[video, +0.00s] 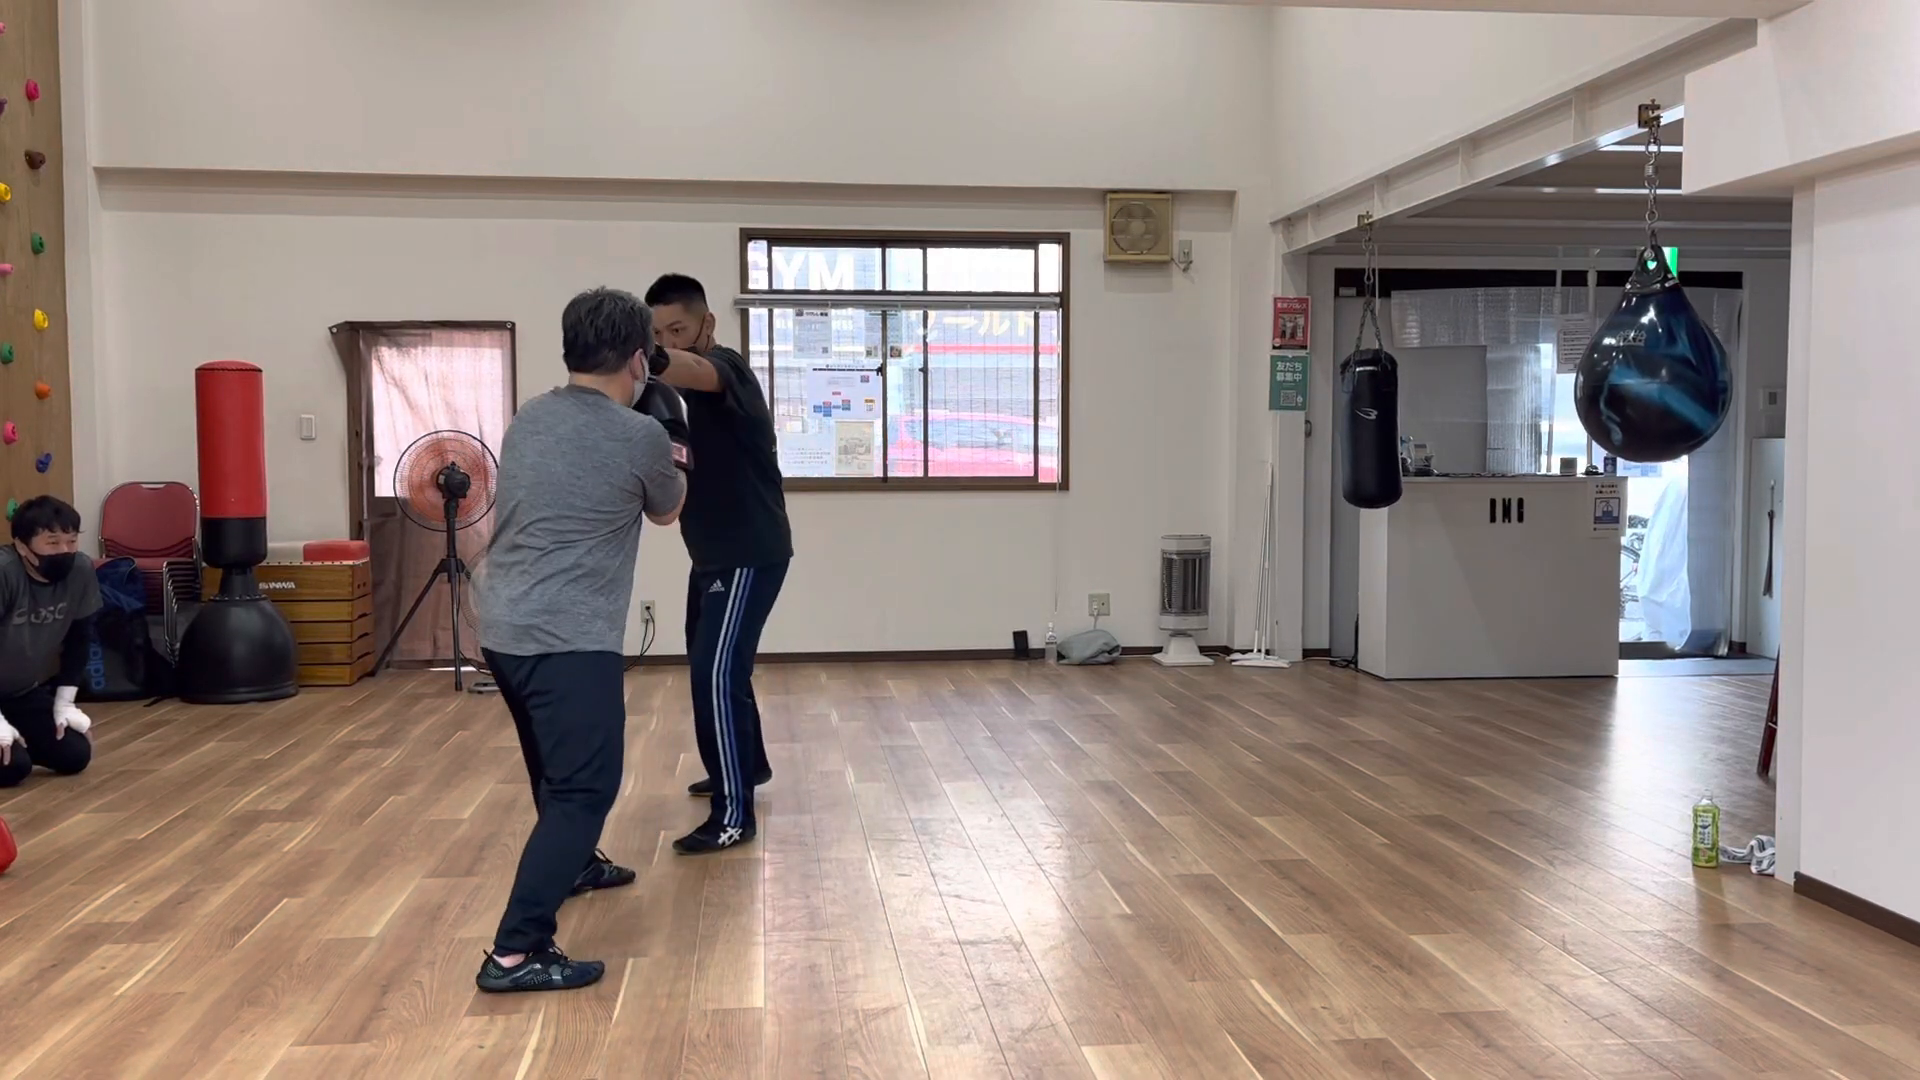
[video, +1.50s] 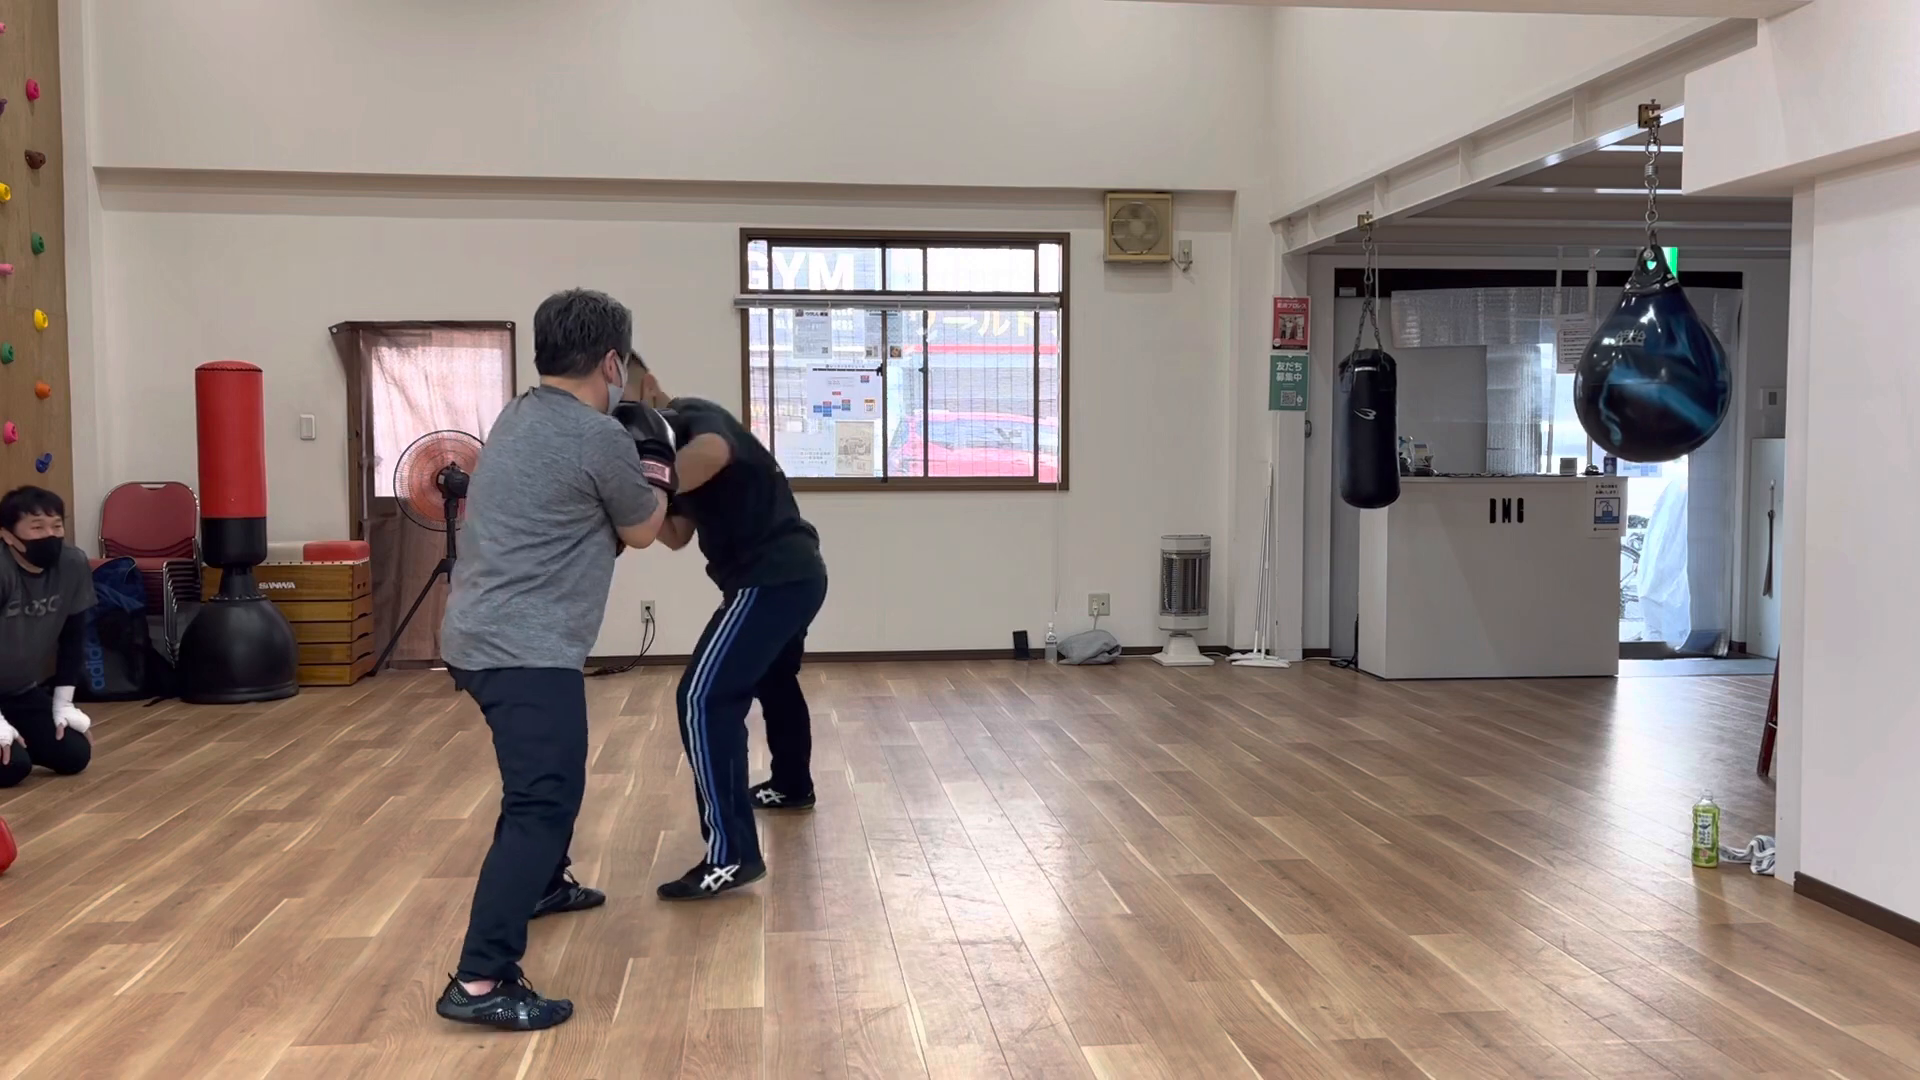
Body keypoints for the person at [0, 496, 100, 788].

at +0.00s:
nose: (64, 552)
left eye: (70, 542)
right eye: (52, 543)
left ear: (77, 540)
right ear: (22, 545)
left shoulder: (80, 570)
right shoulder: (6, 573)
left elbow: (79, 640)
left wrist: (65, 700)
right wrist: (2, 721)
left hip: (29, 690)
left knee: (74, 756)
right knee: (14, 766)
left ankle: (14, 741)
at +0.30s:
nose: (64, 552)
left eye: (69, 542)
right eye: (52, 544)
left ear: (76, 540)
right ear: (20, 545)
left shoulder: (80, 570)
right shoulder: (6, 573)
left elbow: (79, 639)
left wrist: (65, 701)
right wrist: (2, 721)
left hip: (29, 690)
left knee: (74, 756)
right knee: (14, 766)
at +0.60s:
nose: (59, 549)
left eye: (66, 540)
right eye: (47, 541)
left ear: (74, 540)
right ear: (18, 544)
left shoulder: (79, 570)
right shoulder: (5, 573)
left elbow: (79, 638)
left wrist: (64, 701)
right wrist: (2, 722)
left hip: (28, 690)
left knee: (74, 756)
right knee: (14, 766)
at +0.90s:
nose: (57, 545)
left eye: (63, 536)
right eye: (44, 537)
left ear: (71, 536)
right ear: (15, 541)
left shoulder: (76, 567)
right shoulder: (4, 573)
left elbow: (77, 638)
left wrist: (64, 701)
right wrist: (1, 721)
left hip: (27, 690)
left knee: (74, 756)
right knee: (14, 766)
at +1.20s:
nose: (53, 541)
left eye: (60, 532)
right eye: (40, 533)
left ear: (68, 534)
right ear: (12, 540)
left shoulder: (75, 566)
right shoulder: (4, 572)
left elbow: (75, 637)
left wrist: (63, 701)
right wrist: (1, 721)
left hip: (30, 690)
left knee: (74, 756)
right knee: (13, 766)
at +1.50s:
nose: (50, 535)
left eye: (56, 525)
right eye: (37, 528)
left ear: (64, 527)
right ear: (8, 536)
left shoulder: (73, 564)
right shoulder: (2, 571)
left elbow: (73, 638)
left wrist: (63, 702)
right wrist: (0, 720)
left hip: (28, 691)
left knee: (74, 756)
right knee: (12, 766)